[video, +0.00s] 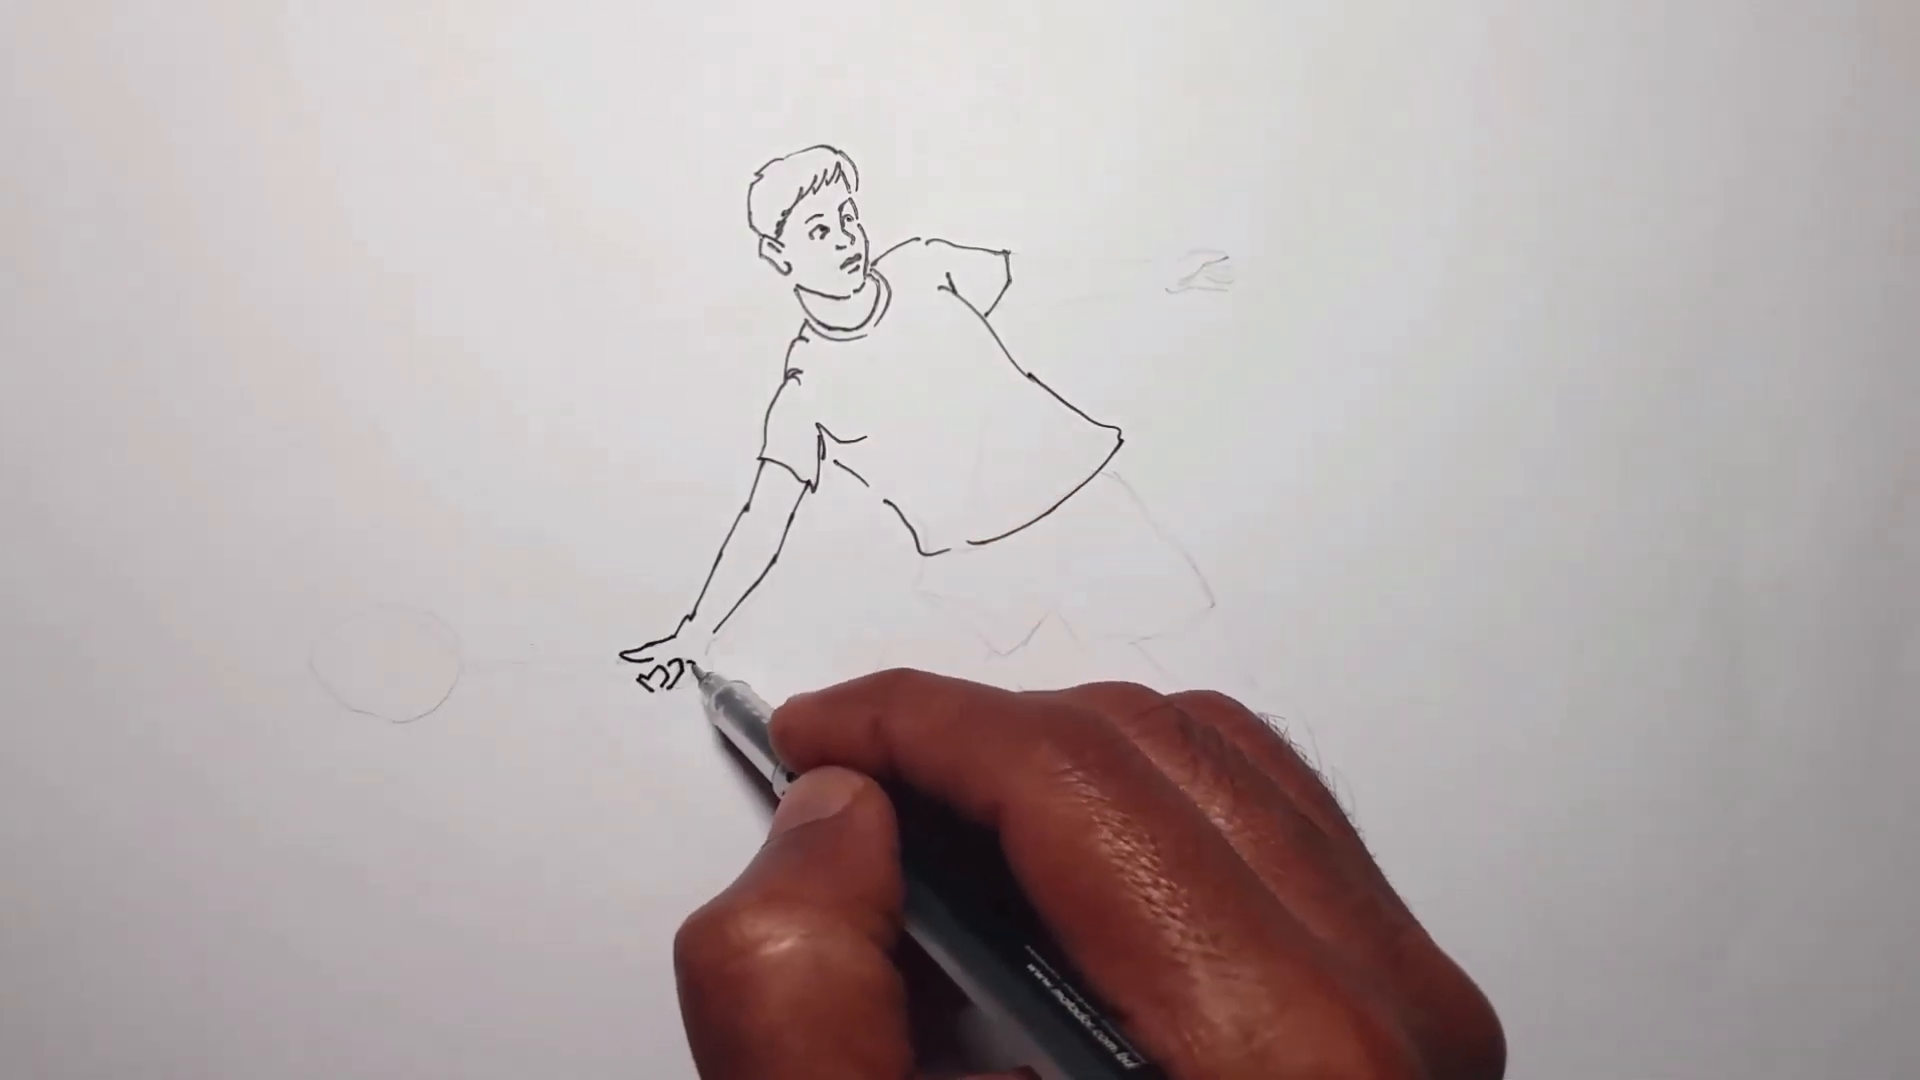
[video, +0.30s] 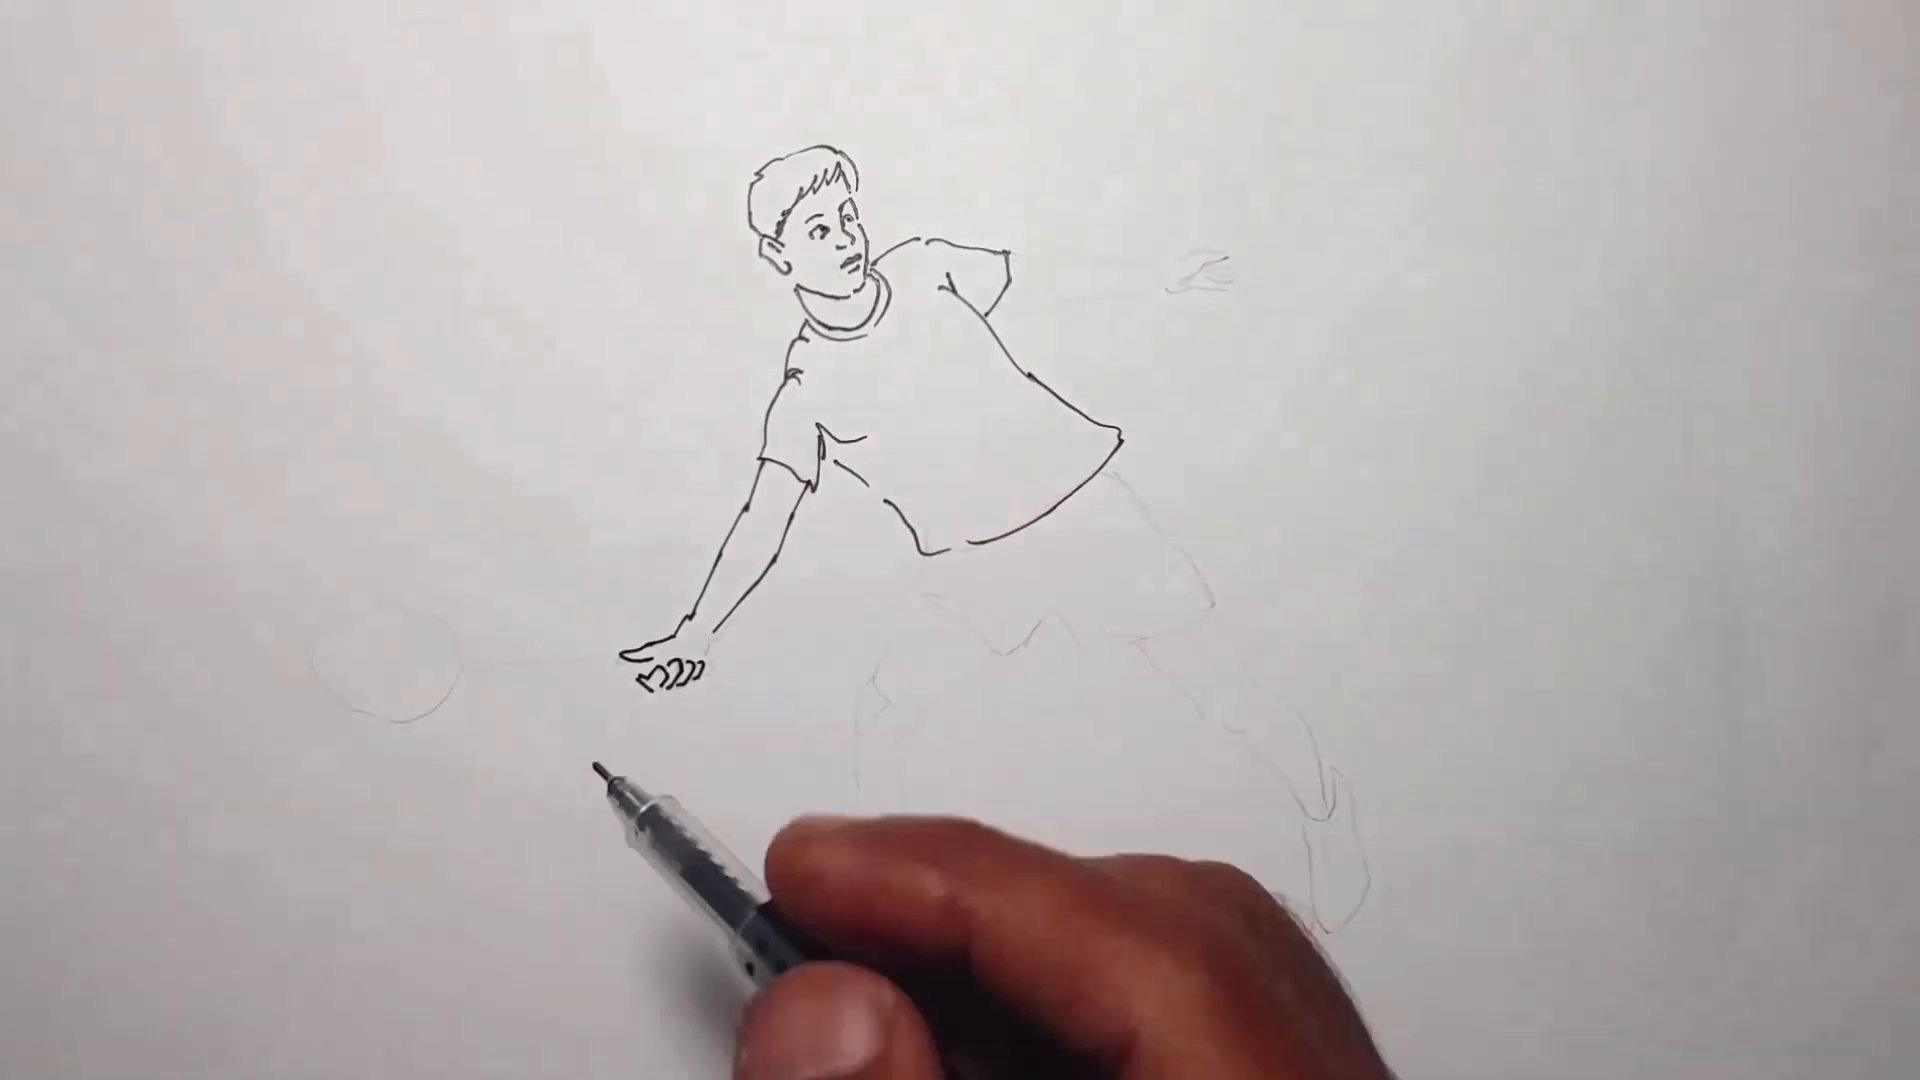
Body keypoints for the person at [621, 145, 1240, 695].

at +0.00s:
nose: (843, 240)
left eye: (844, 216)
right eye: (815, 231)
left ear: (859, 211)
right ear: (775, 256)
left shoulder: (927, 268)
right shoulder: (805, 399)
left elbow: (1060, 272)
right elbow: (761, 525)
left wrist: (1171, 278)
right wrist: (695, 632)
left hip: (1093, 496)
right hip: (977, 566)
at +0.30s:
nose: (829, 248)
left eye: (835, 218)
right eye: (801, 237)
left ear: (860, 211)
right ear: (774, 260)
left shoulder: (933, 273)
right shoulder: (806, 387)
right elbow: (763, 520)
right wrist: (693, 633)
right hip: (959, 584)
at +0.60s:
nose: (836, 243)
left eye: (839, 213)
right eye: (805, 232)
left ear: (860, 208)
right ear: (774, 258)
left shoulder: (934, 278)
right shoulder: (806, 390)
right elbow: (763, 519)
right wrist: (693, 629)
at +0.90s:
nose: (835, 241)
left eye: (839, 214)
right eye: (806, 233)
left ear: (862, 210)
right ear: (776, 260)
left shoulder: (939, 278)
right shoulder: (805, 391)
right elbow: (760, 525)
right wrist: (695, 631)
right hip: (962, 591)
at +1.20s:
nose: (837, 241)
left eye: (841, 213)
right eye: (807, 232)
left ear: (862, 209)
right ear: (775, 259)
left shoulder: (939, 275)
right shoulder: (804, 392)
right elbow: (762, 524)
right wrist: (699, 627)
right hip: (966, 588)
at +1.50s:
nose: (833, 243)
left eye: (837, 215)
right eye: (805, 233)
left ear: (861, 211)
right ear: (775, 259)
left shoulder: (937, 272)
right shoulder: (805, 392)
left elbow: (1066, 274)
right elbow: (762, 522)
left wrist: (1179, 282)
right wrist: (700, 627)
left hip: (1094, 516)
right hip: (967, 585)